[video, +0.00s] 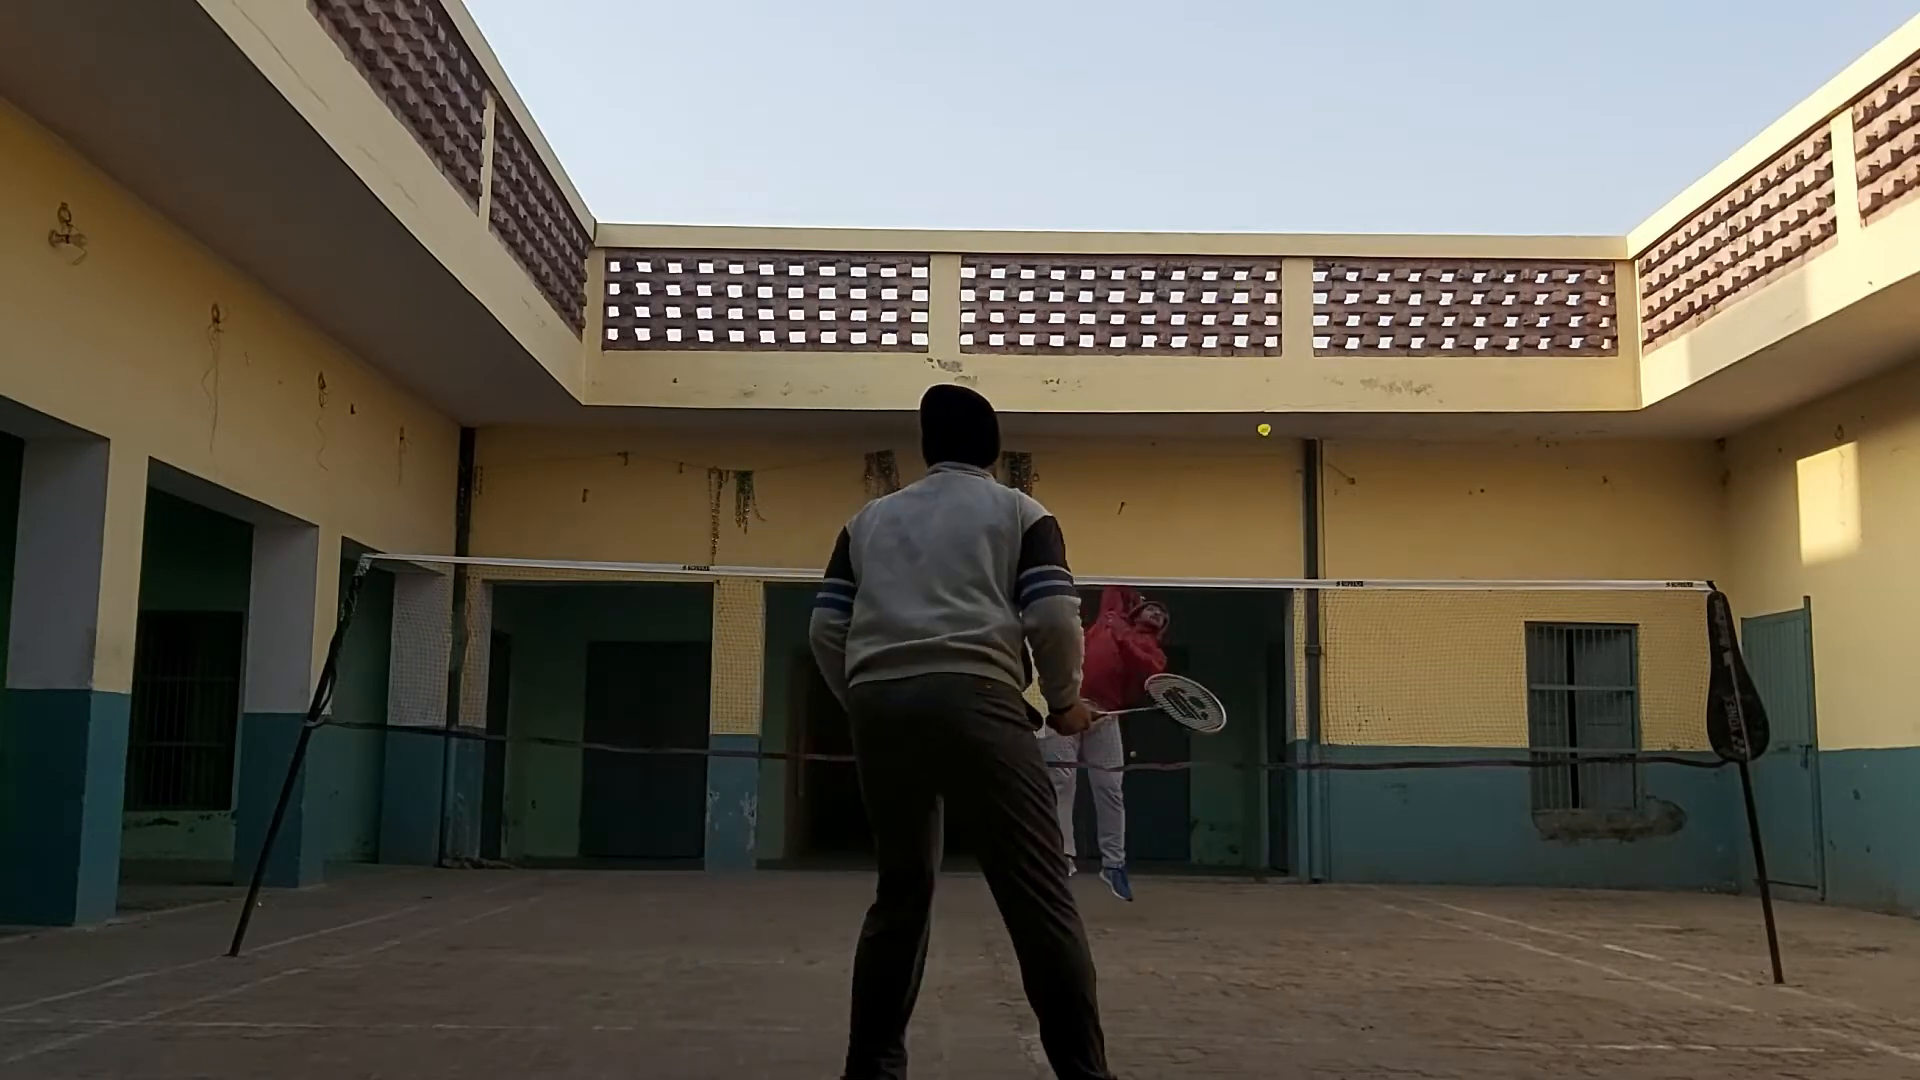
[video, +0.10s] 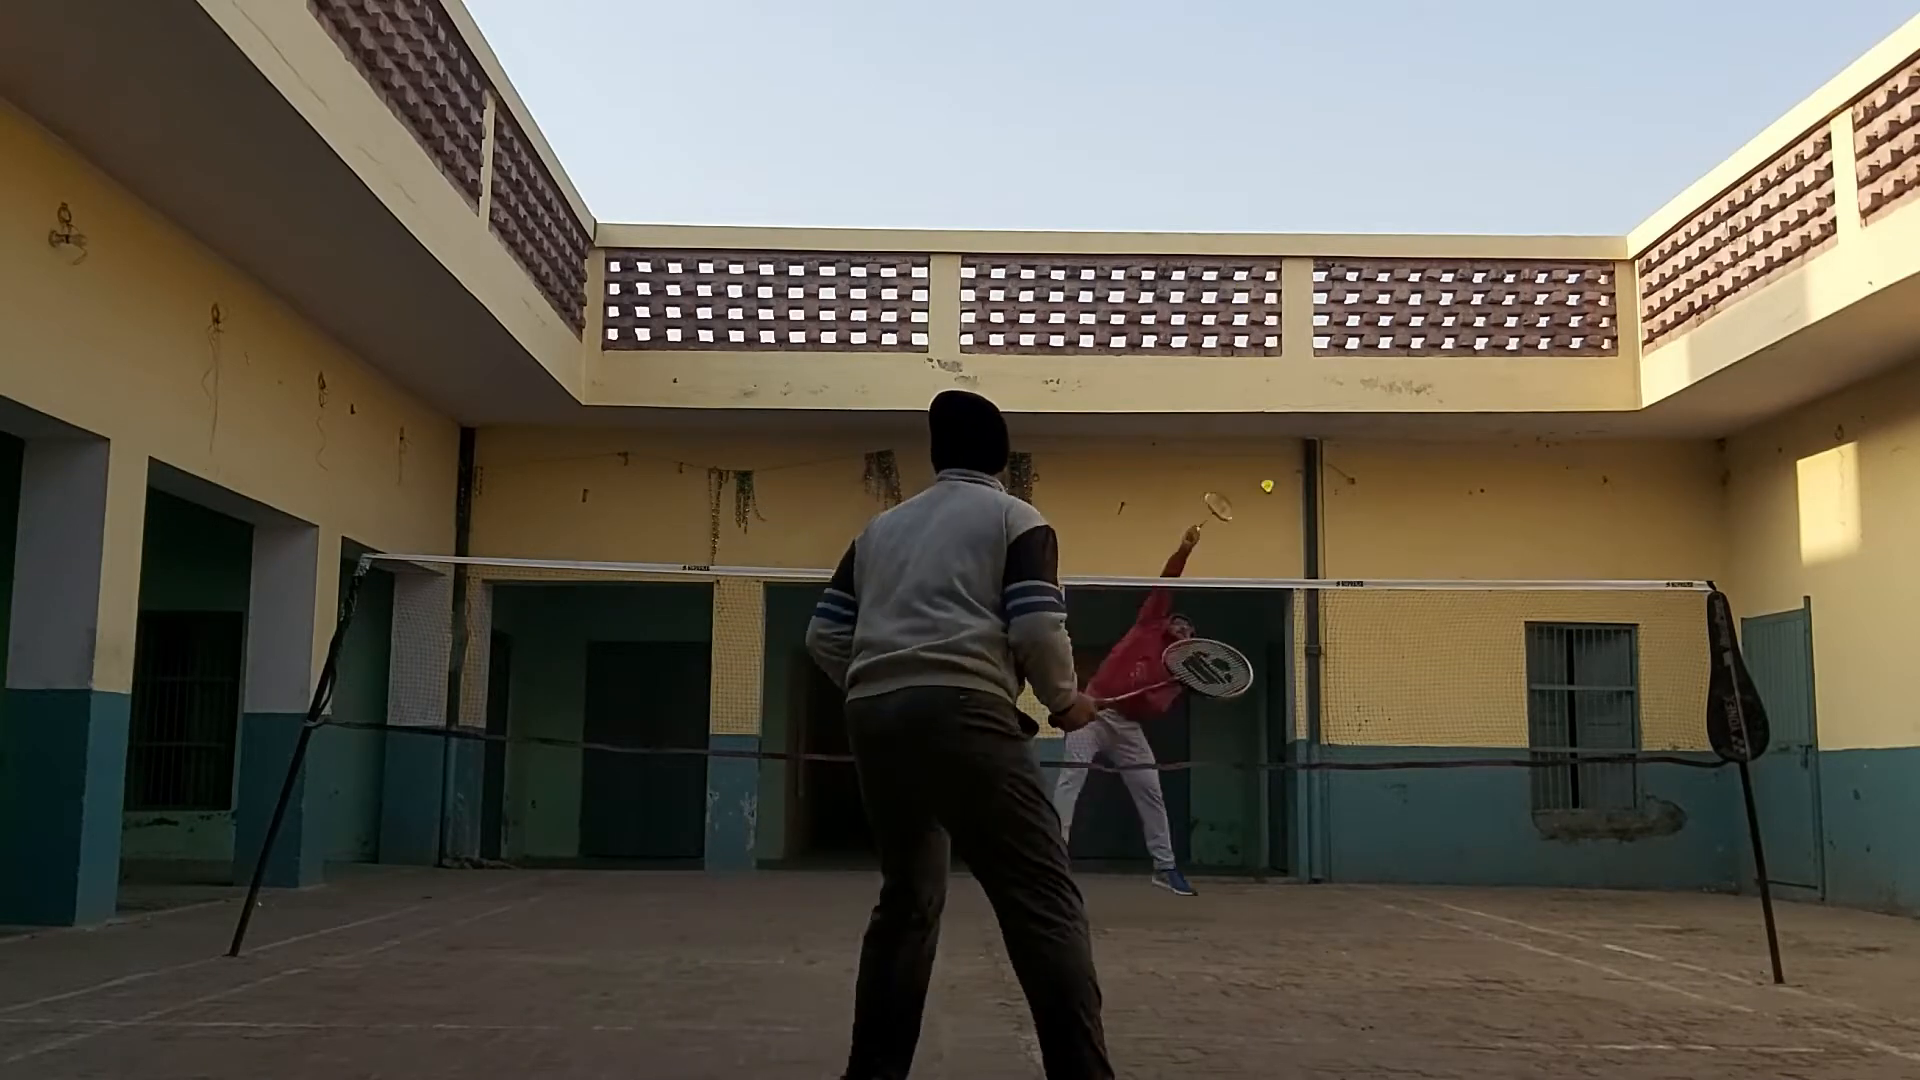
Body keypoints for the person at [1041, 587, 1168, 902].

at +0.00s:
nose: (1154, 614)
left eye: (1161, 616)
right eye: (1151, 610)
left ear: (1160, 628)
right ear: (1138, 609)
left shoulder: (1152, 651)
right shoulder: (1112, 616)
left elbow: (1152, 675)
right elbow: (1114, 581)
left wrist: (1124, 635)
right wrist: (1140, 601)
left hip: (1104, 715)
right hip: (1063, 705)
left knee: (1110, 791)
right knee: (1061, 783)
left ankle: (1113, 865)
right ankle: (1063, 857)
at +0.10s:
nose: (1182, 631)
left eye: (1187, 631)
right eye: (1179, 626)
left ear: (1188, 641)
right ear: (1168, 625)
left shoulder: (1175, 675)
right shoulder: (1150, 626)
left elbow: (1155, 708)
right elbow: (1166, 583)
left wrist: (1142, 692)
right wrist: (1185, 549)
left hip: (1128, 725)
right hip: (1093, 711)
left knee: (1149, 789)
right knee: (1072, 775)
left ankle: (1165, 867)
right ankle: (1053, 854)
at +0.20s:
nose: (1202, 653)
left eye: (1207, 651)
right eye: (1196, 647)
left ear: (1210, 662)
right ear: (1186, 650)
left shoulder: (1195, 698)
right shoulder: (1171, 654)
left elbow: (1182, 734)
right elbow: (1180, 661)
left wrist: (1171, 745)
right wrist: (1188, 669)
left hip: (1153, 754)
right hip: (1122, 735)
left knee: (1185, 818)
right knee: (1083, 770)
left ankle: (1210, 894)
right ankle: (1031, 813)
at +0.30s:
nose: (1214, 671)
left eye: (1219, 668)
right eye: (1209, 667)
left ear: (1224, 678)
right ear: (1198, 673)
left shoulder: (1208, 718)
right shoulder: (1182, 690)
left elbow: (1204, 758)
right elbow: (1166, 727)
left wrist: (1210, 788)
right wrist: (1172, 768)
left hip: (1174, 771)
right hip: (1145, 752)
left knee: (1214, 826)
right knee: (1122, 774)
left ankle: (1206, 898)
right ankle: (1057, 794)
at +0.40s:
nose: (1219, 676)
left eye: (1224, 674)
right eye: (1213, 672)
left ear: (1230, 684)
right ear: (1203, 679)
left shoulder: (1222, 723)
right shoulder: (1185, 697)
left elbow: (1218, 768)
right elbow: (1172, 736)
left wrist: (1228, 797)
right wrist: (1177, 776)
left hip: (1181, 773)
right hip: (1149, 757)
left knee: (1219, 826)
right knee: (1135, 784)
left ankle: (1207, 898)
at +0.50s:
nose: (1213, 671)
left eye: (1218, 668)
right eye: (1208, 667)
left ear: (1225, 676)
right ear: (1198, 672)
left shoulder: (1222, 714)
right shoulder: (1181, 687)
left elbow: (1226, 751)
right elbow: (1158, 719)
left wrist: (1227, 775)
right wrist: (1171, 748)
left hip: (1186, 774)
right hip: (1151, 760)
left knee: (1224, 828)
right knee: (1133, 808)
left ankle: (1207, 899)